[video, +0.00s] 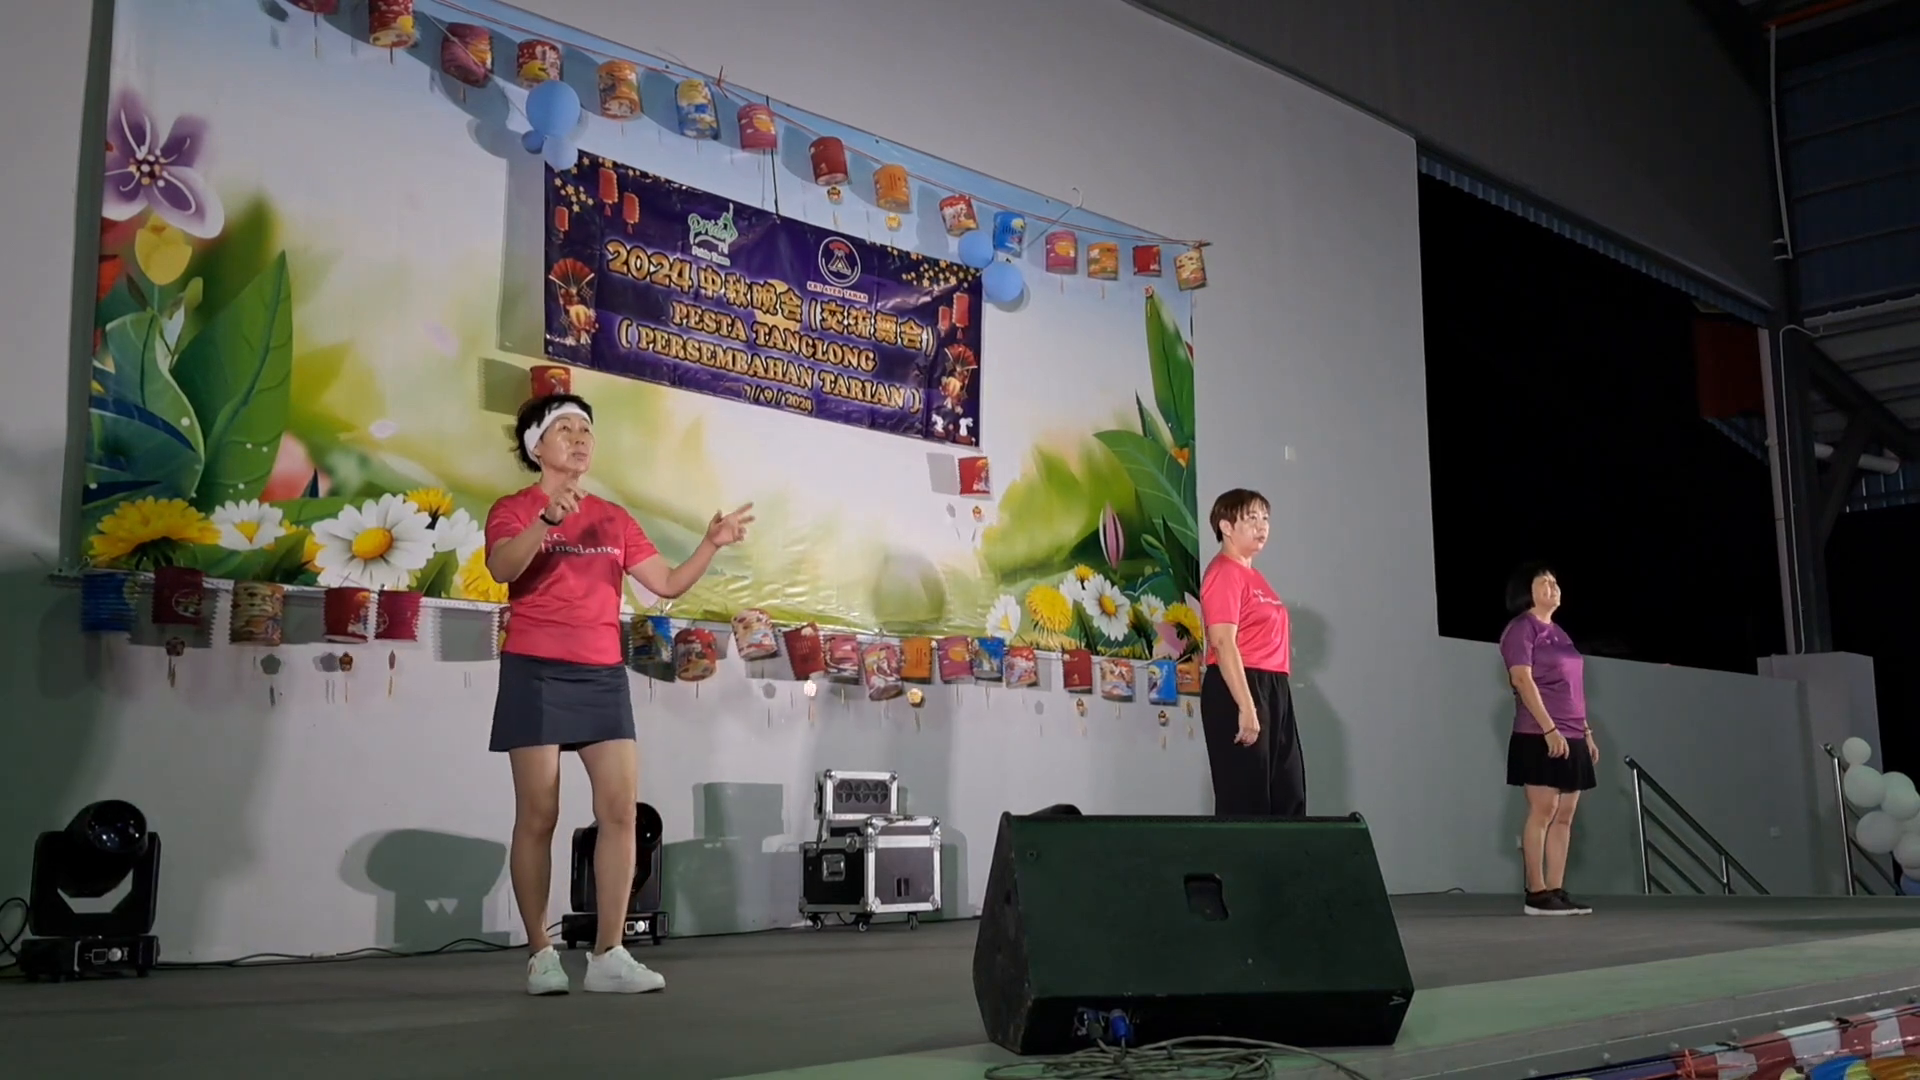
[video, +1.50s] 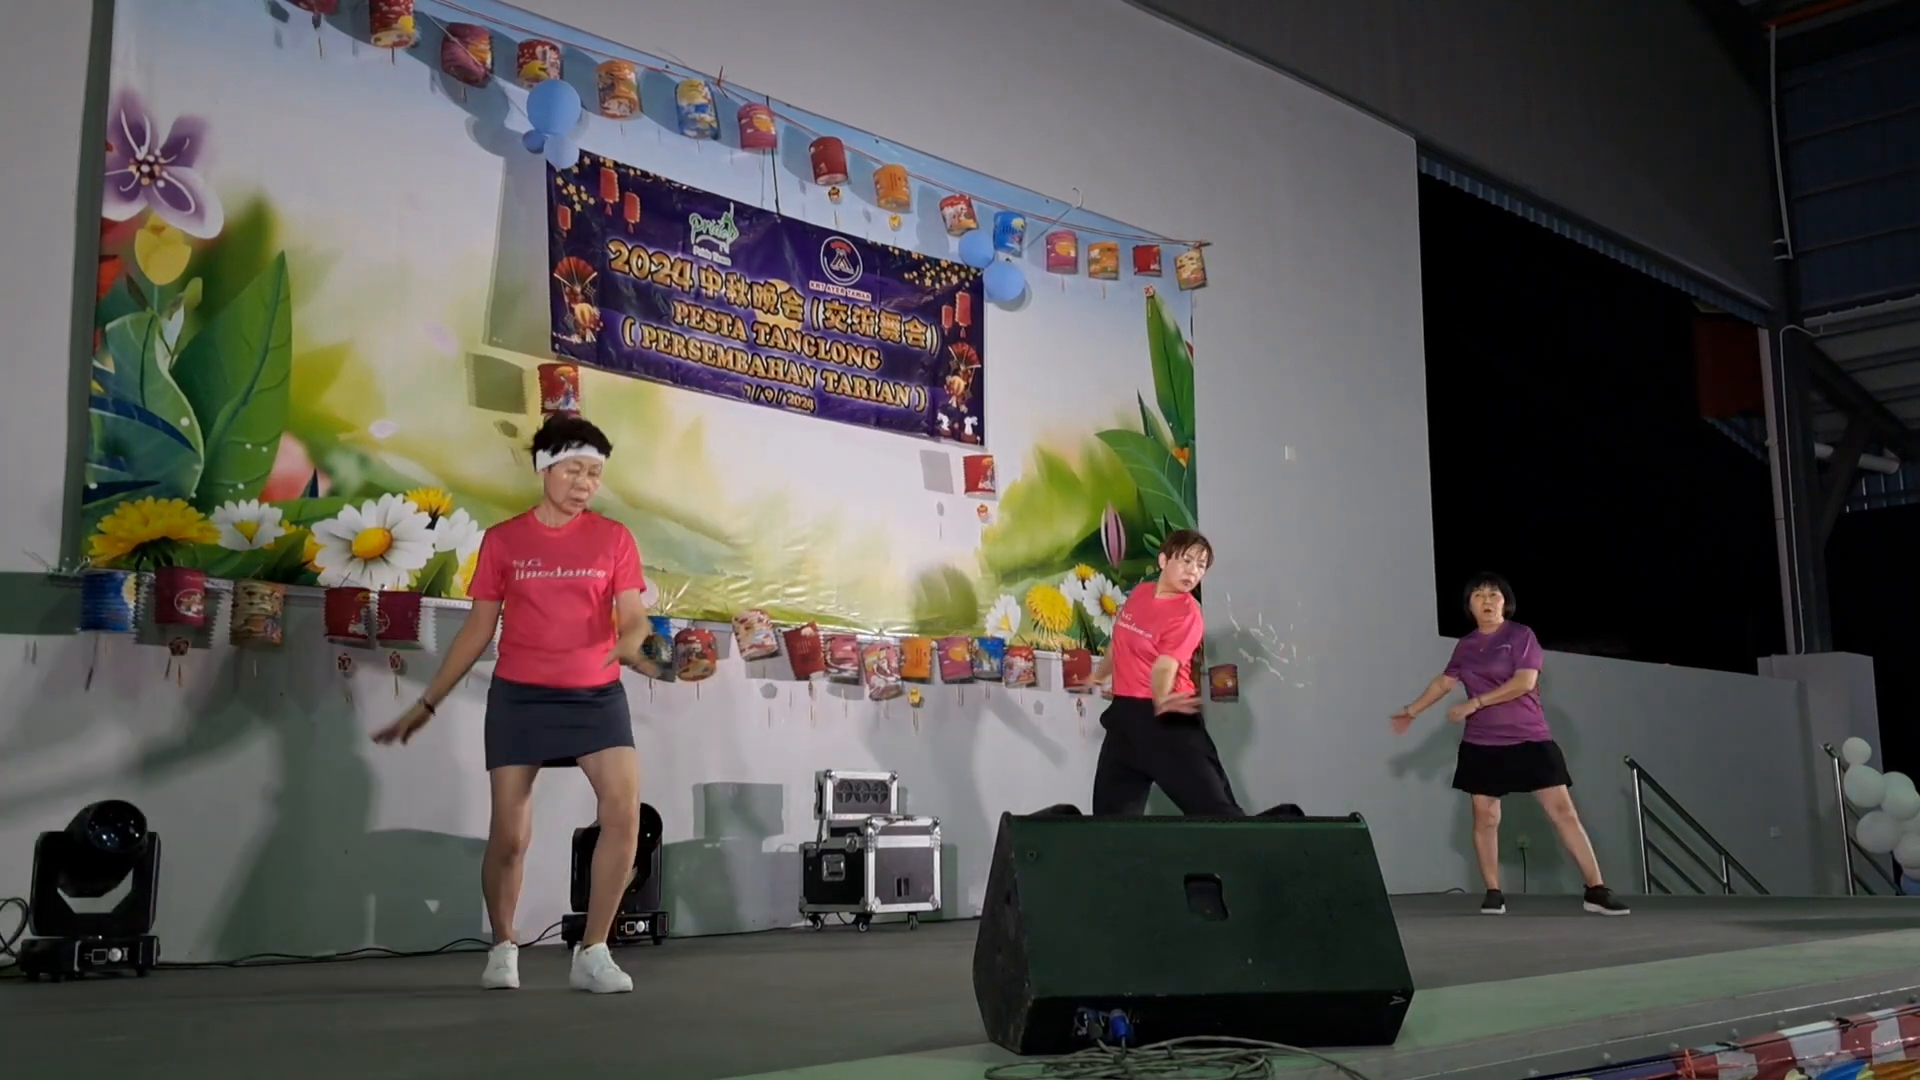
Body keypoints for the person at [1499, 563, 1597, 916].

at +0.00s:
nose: (1552, 588)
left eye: (1554, 583)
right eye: (1543, 583)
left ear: (1558, 592)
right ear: (1527, 592)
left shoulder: (1559, 633)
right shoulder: (1521, 628)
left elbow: (1570, 688)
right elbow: (1522, 681)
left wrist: (1586, 733)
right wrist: (1550, 729)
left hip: (1571, 737)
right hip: (1537, 735)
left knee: (1564, 814)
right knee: (1542, 810)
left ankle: (1555, 891)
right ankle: (1536, 892)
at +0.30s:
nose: (1553, 588)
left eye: (1555, 583)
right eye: (1544, 583)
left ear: (1558, 592)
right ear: (1528, 592)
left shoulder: (1558, 633)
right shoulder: (1522, 628)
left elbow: (1563, 685)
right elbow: (1523, 680)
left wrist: (1575, 730)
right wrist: (1549, 728)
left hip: (1572, 736)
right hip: (1540, 736)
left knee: (1565, 815)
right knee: (1547, 811)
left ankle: (1555, 891)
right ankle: (1536, 892)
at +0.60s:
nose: (1550, 590)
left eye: (1553, 585)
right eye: (1541, 585)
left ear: (1557, 594)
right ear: (1525, 593)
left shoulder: (1555, 634)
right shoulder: (1520, 629)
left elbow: (1562, 685)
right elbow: (1522, 682)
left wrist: (1574, 731)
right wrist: (1547, 730)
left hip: (1571, 736)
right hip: (1540, 736)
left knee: (1565, 815)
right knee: (1547, 812)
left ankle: (1555, 890)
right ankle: (1536, 892)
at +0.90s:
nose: (1546, 587)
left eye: (1551, 583)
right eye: (1538, 583)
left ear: (1558, 594)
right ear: (1524, 593)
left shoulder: (1566, 637)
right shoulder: (1512, 631)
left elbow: (1581, 683)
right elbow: (1509, 680)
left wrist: (1599, 728)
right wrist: (1535, 726)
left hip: (1564, 737)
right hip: (1524, 735)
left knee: (1566, 812)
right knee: (1541, 808)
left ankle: (1555, 891)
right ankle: (1534, 892)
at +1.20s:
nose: (1511, 591)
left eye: (1517, 586)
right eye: (1504, 587)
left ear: (1529, 594)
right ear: (1494, 598)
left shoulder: (1553, 631)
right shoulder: (1482, 637)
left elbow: (1577, 669)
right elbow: (1453, 676)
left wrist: (1582, 701)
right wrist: (1426, 706)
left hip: (1552, 737)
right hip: (1503, 739)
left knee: (1571, 811)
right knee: (1498, 815)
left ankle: (1555, 890)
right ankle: (1494, 889)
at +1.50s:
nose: (1487, 602)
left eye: (1493, 596)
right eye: (1480, 597)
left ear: (1505, 602)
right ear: (1470, 605)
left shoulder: (1522, 636)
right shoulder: (1466, 646)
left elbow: (1525, 683)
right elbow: (1444, 683)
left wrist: (1475, 703)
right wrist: (1412, 711)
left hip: (1531, 740)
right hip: (1482, 744)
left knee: (1564, 811)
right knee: (1486, 817)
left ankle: (1596, 888)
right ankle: (1493, 892)